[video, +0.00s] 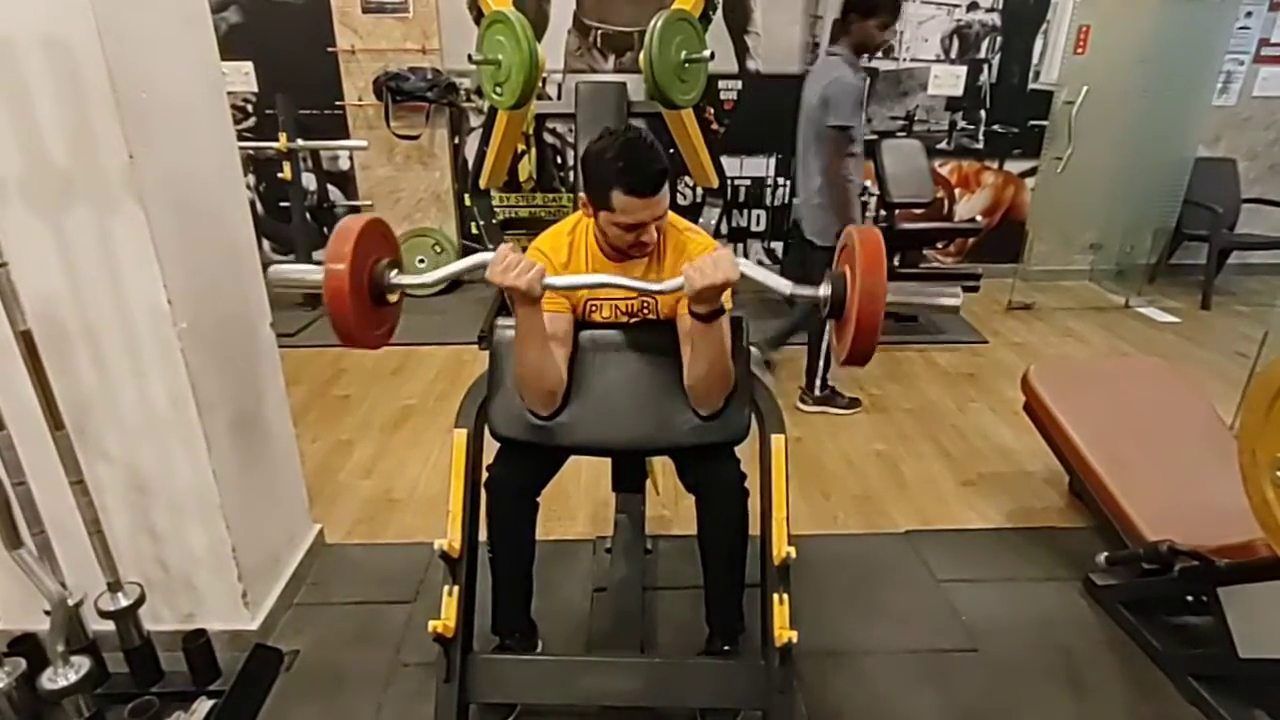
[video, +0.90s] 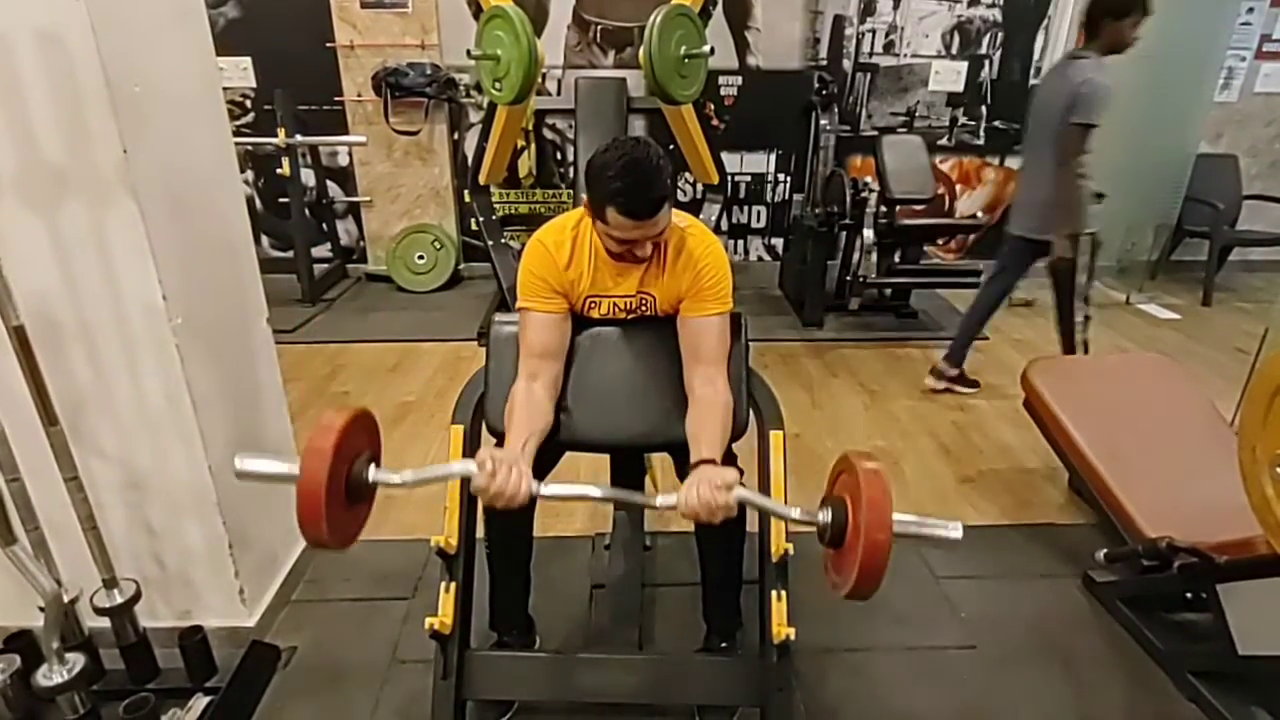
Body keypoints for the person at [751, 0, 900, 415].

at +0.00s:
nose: (887, 38)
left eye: (890, 29)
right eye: (882, 27)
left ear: (853, 23)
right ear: (854, 22)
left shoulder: (827, 67)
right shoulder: (845, 80)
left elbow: (822, 148)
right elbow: (834, 164)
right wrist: (852, 225)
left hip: (810, 207)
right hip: (827, 215)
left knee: (805, 295)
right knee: (826, 300)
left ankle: (760, 346)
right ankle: (816, 386)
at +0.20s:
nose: (939, 39)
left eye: (943, 30)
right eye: (937, 28)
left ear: (902, 21)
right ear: (912, 21)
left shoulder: (864, 69)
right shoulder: (901, 80)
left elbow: (840, 143)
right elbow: (911, 166)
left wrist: (827, 197)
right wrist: (943, 225)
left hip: (853, 206)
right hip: (877, 216)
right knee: (866, 302)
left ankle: (877, 361)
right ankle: (826, 379)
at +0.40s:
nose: (992, 42)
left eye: (993, 33)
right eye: (987, 32)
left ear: (957, 30)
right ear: (962, 29)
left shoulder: (910, 75)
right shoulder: (956, 83)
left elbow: (884, 147)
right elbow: (964, 167)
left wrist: (873, 207)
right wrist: (998, 226)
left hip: (904, 210)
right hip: (928, 217)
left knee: (937, 291)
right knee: (899, 300)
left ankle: (941, 372)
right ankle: (849, 366)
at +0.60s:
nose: (1042, 29)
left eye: (1044, 20)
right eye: (1039, 19)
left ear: (1006, 19)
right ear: (1013, 18)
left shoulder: (975, 60)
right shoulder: (1004, 69)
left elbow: (960, 141)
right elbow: (990, 152)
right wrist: (1010, 222)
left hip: (956, 204)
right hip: (975, 210)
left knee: (956, 290)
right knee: (989, 296)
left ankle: (943, 370)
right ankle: (925, 358)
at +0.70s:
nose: (1080, 28)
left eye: (1082, 19)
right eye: (1078, 17)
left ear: (1047, 15)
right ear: (1053, 14)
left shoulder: (1007, 62)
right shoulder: (1039, 68)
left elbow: (990, 140)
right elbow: (1020, 150)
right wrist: (1030, 222)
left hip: (987, 206)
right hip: (1021, 211)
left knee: (964, 292)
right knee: (1044, 290)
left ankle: (942, 371)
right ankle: (1008, 373)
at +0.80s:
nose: (1091, 31)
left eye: (1094, 21)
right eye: (1088, 20)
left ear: (1058, 18)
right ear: (1062, 16)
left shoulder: (1014, 63)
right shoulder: (1048, 72)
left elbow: (999, 139)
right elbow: (1027, 150)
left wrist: (1003, 201)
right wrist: (1030, 224)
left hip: (994, 208)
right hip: (1027, 215)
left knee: (966, 294)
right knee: (1045, 298)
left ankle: (942, 371)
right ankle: (1035, 381)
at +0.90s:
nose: (1137, 35)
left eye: (1139, 26)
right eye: (1134, 25)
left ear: (1096, 22)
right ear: (1109, 23)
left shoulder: (1062, 68)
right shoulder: (1093, 80)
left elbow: (1044, 145)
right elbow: (1068, 160)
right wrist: (1067, 231)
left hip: (1029, 206)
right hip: (1058, 214)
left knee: (999, 283)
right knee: (1067, 299)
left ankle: (951, 363)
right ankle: (1073, 371)